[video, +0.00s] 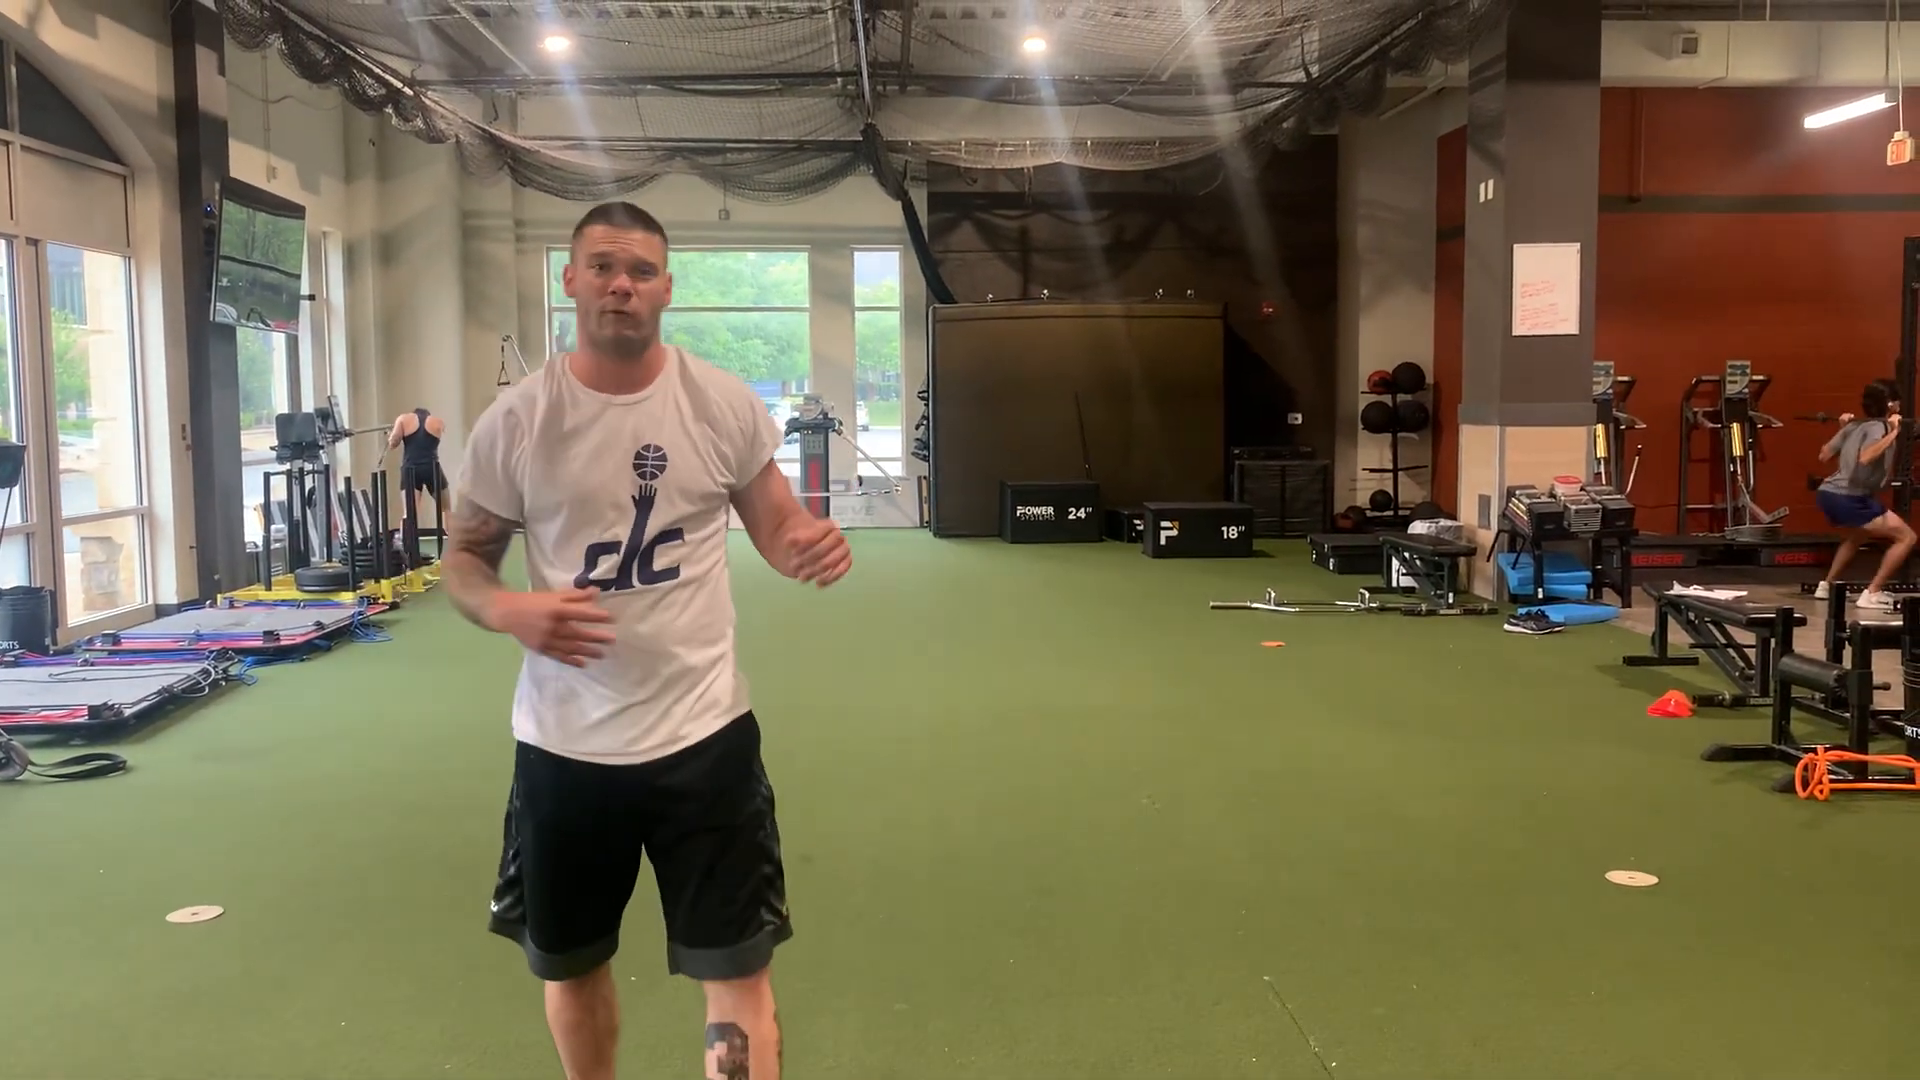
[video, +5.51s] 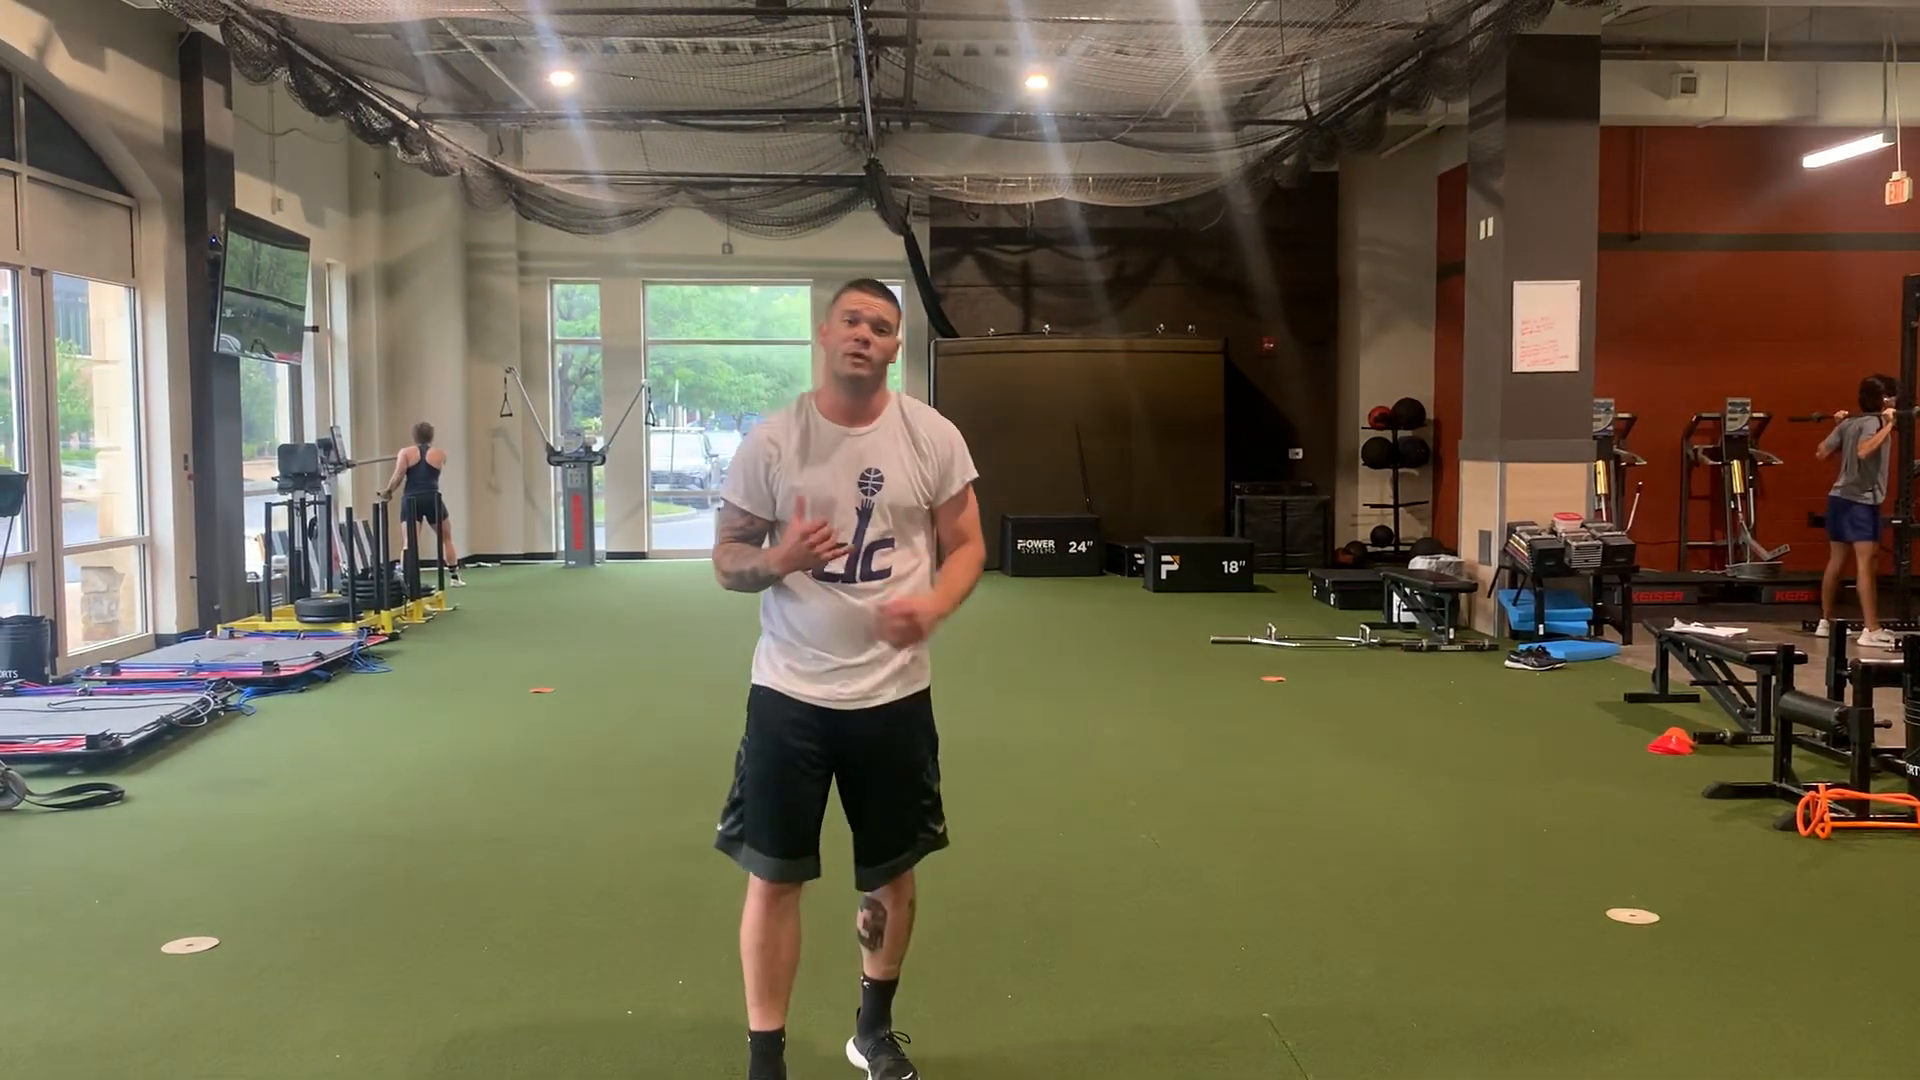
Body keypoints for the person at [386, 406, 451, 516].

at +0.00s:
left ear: (413, 413)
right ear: (428, 415)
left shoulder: (403, 419)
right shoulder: (438, 422)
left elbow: (393, 443)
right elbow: (436, 440)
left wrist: (390, 435)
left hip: (410, 470)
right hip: (432, 469)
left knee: (409, 513)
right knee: (445, 509)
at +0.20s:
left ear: (413, 413)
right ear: (428, 415)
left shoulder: (401, 420)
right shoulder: (436, 423)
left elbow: (392, 443)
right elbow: (432, 444)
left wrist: (385, 456)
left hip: (408, 470)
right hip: (429, 469)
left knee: (406, 512)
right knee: (444, 508)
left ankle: (401, 545)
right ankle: (452, 546)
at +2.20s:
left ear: (402, 428)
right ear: (418, 430)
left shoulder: (391, 436)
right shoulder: (426, 439)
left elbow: (384, 457)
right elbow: (421, 456)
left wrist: (372, 467)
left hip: (396, 485)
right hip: (418, 484)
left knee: (394, 529)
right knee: (432, 524)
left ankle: (390, 564)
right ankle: (440, 562)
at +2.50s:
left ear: (403, 429)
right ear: (419, 431)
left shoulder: (393, 436)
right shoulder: (427, 440)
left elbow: (383, 459)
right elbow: (424, 456)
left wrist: (383, 449)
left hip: (398, 485)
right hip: (419, 484)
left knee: (395, 528)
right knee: (432, 524)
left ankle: (389, 563)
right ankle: (441, 563)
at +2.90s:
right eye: (422, 435)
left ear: (405, 432)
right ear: (421, 433)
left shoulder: (394, 440)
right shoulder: (429, 443)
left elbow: (385, 462)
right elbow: (422, 461)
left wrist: (376, 473)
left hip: (399, 488)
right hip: (420, 487)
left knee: (396, 532)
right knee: (433, 528)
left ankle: (392, 567)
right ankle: (442, 566)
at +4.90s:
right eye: (423, 433)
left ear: (407, 433)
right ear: (424, 434)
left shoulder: (398, 449)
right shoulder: (432, 451)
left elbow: (390, 473)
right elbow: (429, 470)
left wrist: (387, 467)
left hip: (404, 496)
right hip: (425, 495)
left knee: (401, 539)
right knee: (439, 535)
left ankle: (396, 573)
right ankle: (448, 573)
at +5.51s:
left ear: (414, 437)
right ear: (431, 437)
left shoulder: (405, 453)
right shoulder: (440, 455)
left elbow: (398, 476)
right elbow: (434, 473)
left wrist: (388, 491)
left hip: (411, 499)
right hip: (432, 498)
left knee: (408, 543)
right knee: (446, 538)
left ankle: (404, 577)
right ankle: (455, 576)